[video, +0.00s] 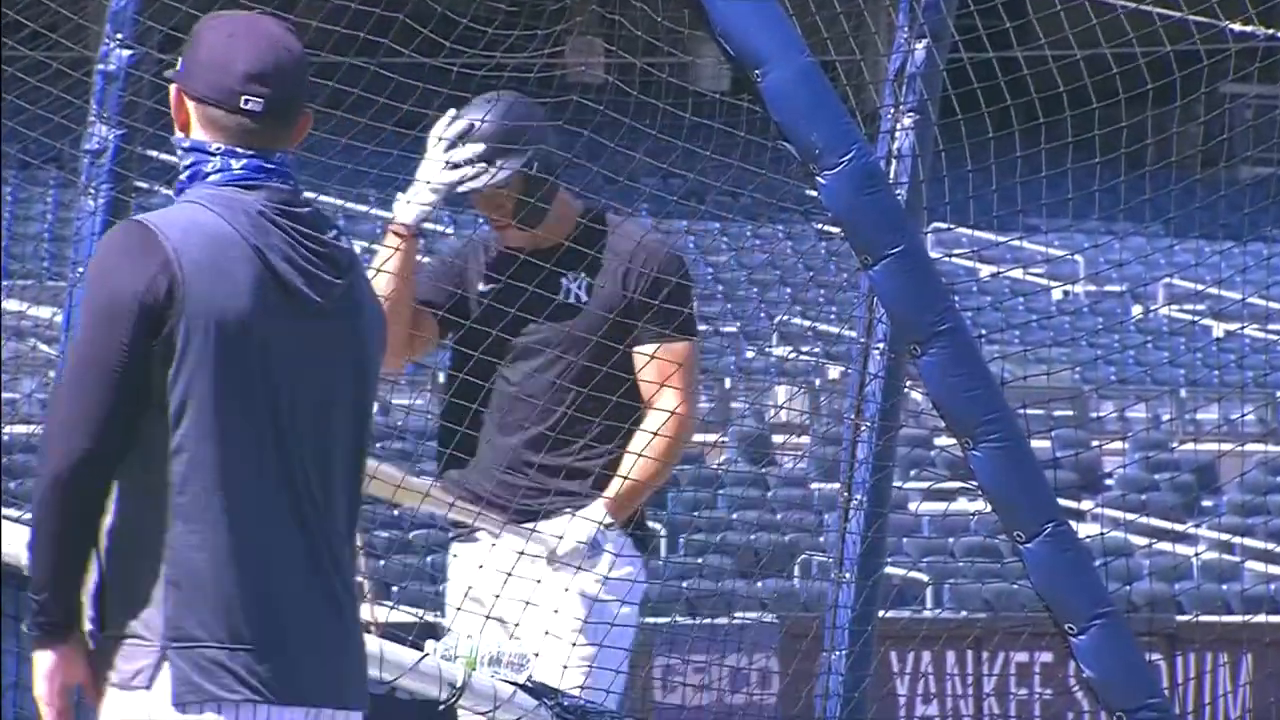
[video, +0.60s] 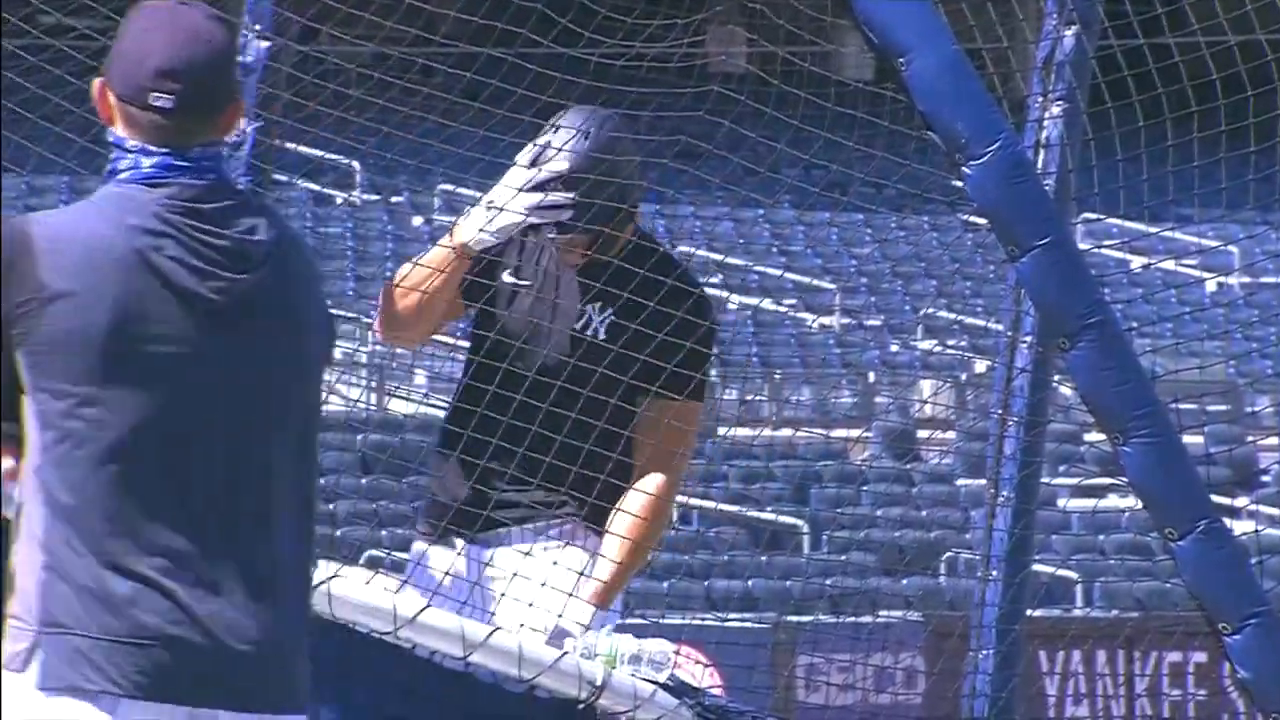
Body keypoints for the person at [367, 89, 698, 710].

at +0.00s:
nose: (490, 216)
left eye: (500, 197)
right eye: (475, 202)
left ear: (544, 175)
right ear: (460, 194)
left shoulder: (642, 259)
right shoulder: (468, 264)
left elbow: (671, 408)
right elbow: (381, 349)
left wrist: (604, 512)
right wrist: (408, 215)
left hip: (586, 547)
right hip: (480, 544)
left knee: (571, 708)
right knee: (477, 708)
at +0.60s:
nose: (562, 244)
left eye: (577, 231)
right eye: (551, 225)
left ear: (620, 216)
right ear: (530, 205)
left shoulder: (671, 299)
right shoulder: (506, 246)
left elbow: (657, 469)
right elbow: (396, 323)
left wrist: (588, 606)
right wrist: (487, 218)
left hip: (556, 542)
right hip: (451, 527)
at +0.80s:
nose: (561, 251)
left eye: (580, 237)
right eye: (548, 228)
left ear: (613, 219)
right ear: (523, 196)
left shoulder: (643, 303)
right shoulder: (465, 224)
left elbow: (622, 468)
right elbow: (360, 344)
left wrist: (579, 613)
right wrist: (454, 266)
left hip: (534, 553)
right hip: (406, 538)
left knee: (515, 709)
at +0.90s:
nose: (547, 266)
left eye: (567, 256)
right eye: (535, 246)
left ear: (601, 234)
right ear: (510, 195)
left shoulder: (622, 315)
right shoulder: (442, 228)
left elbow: (597, 478)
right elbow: (336, 358)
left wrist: (551, 631)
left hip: (511, 556)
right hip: (379, 540)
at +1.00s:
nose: (524, 276)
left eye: (545, 267)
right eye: (518, 256)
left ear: (576, 244)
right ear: (493, 206)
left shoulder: (588, 327)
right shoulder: (400, 248)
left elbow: (566, 490)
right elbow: (307, 368)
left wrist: (540, 651)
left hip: (476, 564)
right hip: (342, 548)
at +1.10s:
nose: (495, 299)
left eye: (513, 288)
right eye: (486, 280)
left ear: (539, 267)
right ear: (454, 229)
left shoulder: (543, 340)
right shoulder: (349, 280)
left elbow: (534, 498)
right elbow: (261, 399)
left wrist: (514, 648)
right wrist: (324, 530)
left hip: (436, 576)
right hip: (302, 563)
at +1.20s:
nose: (444, 324)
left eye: (461, 312)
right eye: (435, 304)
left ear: (485, 293)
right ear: (400, 254)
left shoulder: (485, 363)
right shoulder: (284, 315)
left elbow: (482, 526)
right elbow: (216, 464)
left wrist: (476, 659)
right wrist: (293, 603)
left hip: (394, 610)